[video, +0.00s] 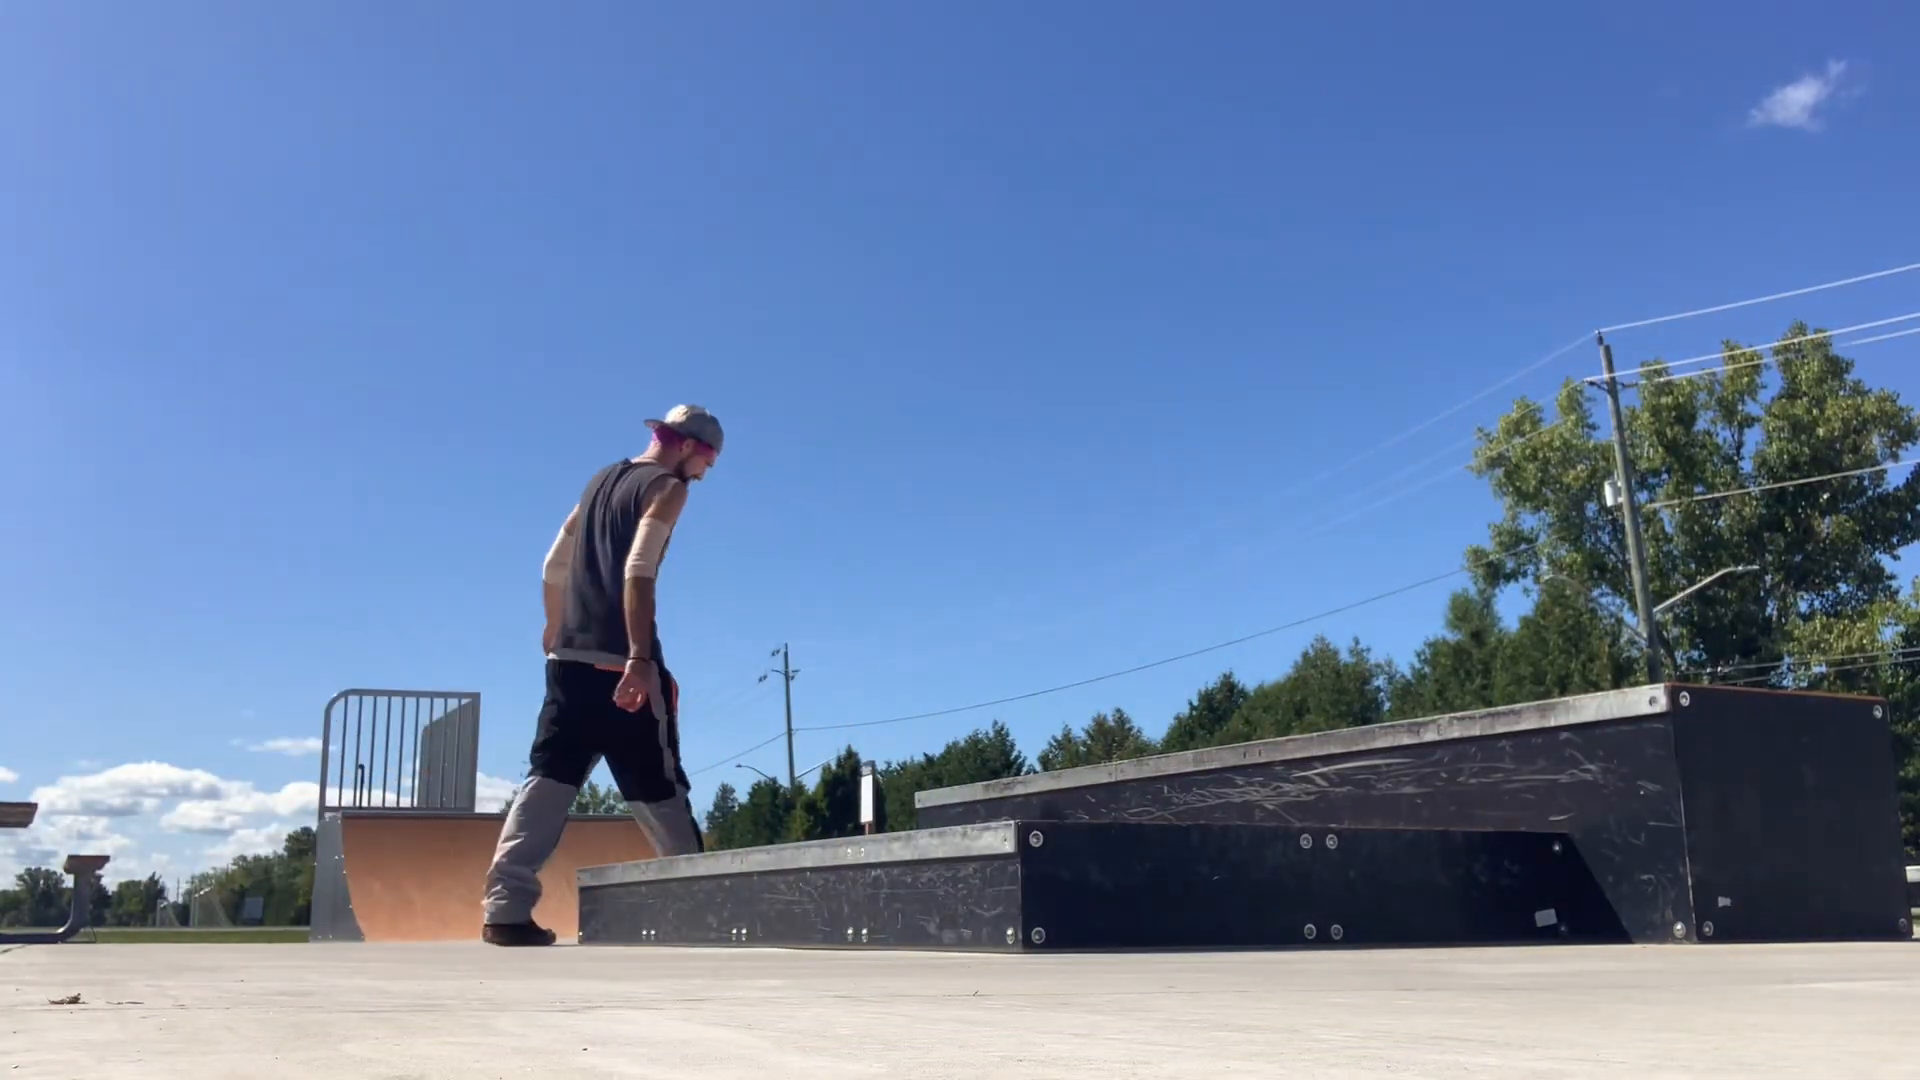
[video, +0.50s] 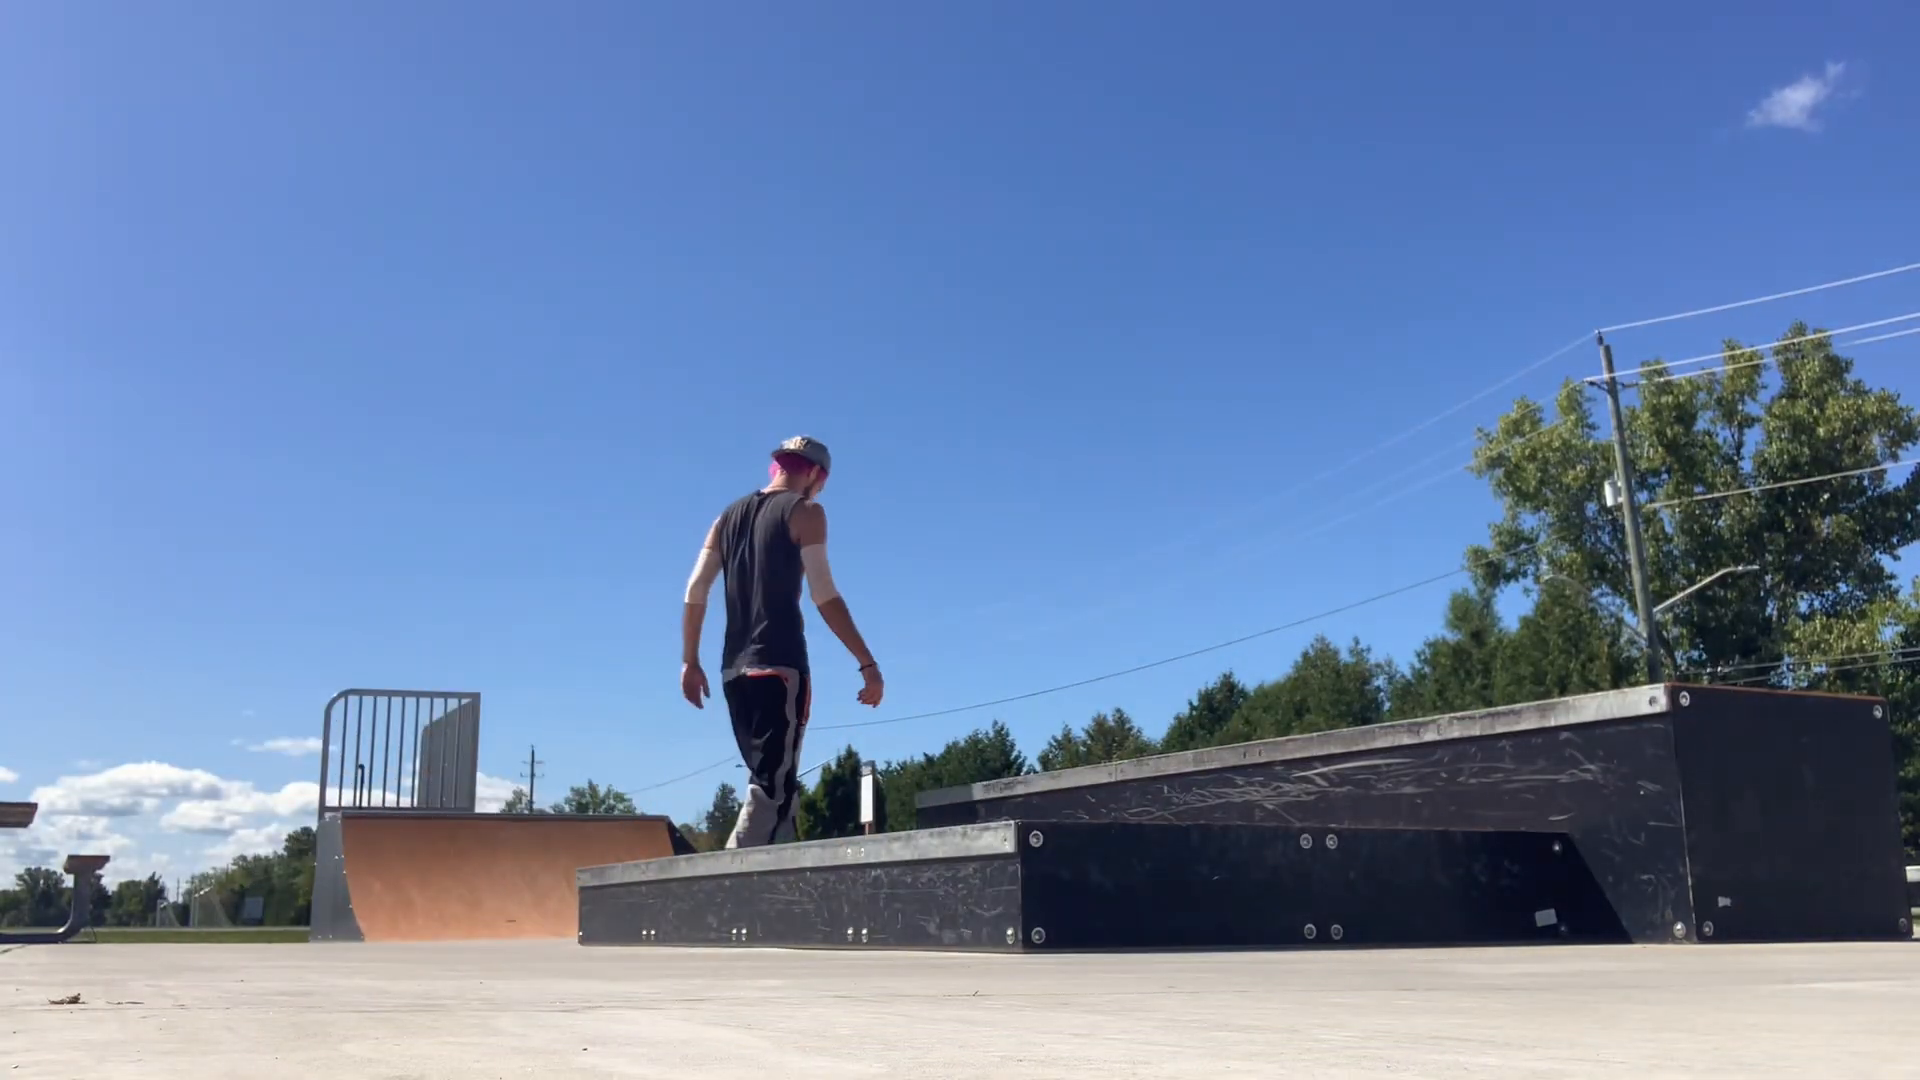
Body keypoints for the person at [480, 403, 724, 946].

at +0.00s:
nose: (706, 470)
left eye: (710, 461)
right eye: (708, 458)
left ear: (660, 439)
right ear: (688, 446)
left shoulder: (603, 479)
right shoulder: (667, 486)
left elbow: (556, 563)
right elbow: (639, 571)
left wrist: (556, 630)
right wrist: (640, 655)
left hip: (571, 662)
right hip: (627, 666)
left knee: (549, 781)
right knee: (659, 796)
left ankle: (505, 911)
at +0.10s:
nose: (739, 482)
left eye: (743, 473)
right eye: (740, 470)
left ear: (693, 453)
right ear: (720, 459)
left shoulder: (637, 493)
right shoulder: (702, 499)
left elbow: (597, 578)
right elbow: (668, 576)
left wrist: (599, 640)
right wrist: (650, 655)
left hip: (611, 673)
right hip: (667, 674)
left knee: (584, 783)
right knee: (694, 805)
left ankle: (517, 892)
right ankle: (723, 919)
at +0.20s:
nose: (765, 486)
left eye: (770, 478)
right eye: (768, 476)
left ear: (722, 456)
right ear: (752, 464)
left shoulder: (668, 497)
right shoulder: (735, 501)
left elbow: (627, 583)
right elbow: (704, 577)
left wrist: (645, 655)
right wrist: (686, 654)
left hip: (651, 672)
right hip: (706, 670)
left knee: (649, 776)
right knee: (728, 794)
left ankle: (574, 854)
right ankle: (736, 910)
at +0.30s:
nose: (783, 486)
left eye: (787, 478)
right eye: (788, 476)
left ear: (744, 455)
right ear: (777, 465)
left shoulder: (691, 498)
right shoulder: (761, 500)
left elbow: (650, 582)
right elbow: (741, 579)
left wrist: (667, 646)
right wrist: (743, 659)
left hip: (685, 666)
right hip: (734, 665)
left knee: (700, 773)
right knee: (746, 788)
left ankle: (644, 843)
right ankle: (740, 892)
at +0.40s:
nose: (801, 484)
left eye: (806, 476)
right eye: (806, 474)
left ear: (759, 457)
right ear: (797, 465)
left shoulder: (710, 503)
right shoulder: (783, 501)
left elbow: (673, 581)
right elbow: (782, 585)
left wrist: (682, 653)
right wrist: (809, 665)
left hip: (710, 668)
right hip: (758, 667)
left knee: (731, 777)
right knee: (756, 786)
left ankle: (711, 868)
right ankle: (739, 886)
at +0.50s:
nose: (819, 493)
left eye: (820, 485)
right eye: (822, 484)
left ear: (774, 470)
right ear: (815, 476)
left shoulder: (728, 517)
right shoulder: (802, 511)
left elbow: (695, 592)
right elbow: (824, 596)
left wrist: (689, 661)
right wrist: (867, 662)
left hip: (734, 669)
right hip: (779, 665)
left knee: (777, 787)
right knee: (770, 784)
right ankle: (732, 879)